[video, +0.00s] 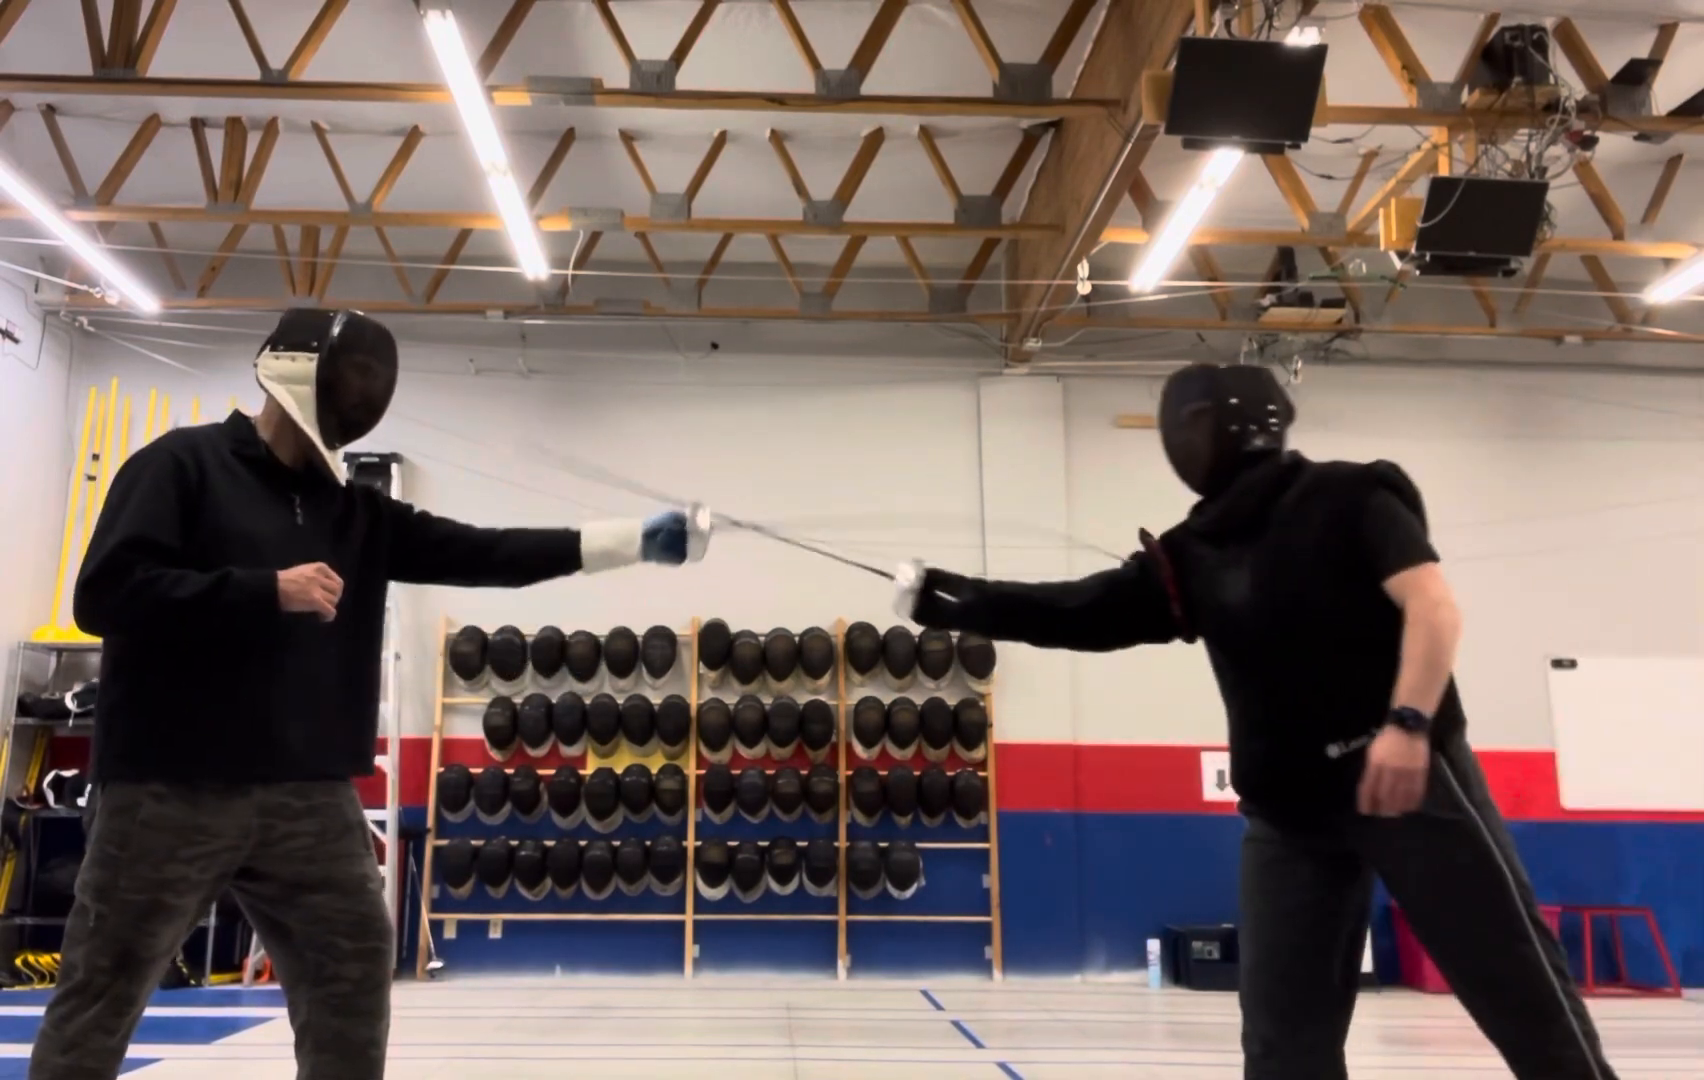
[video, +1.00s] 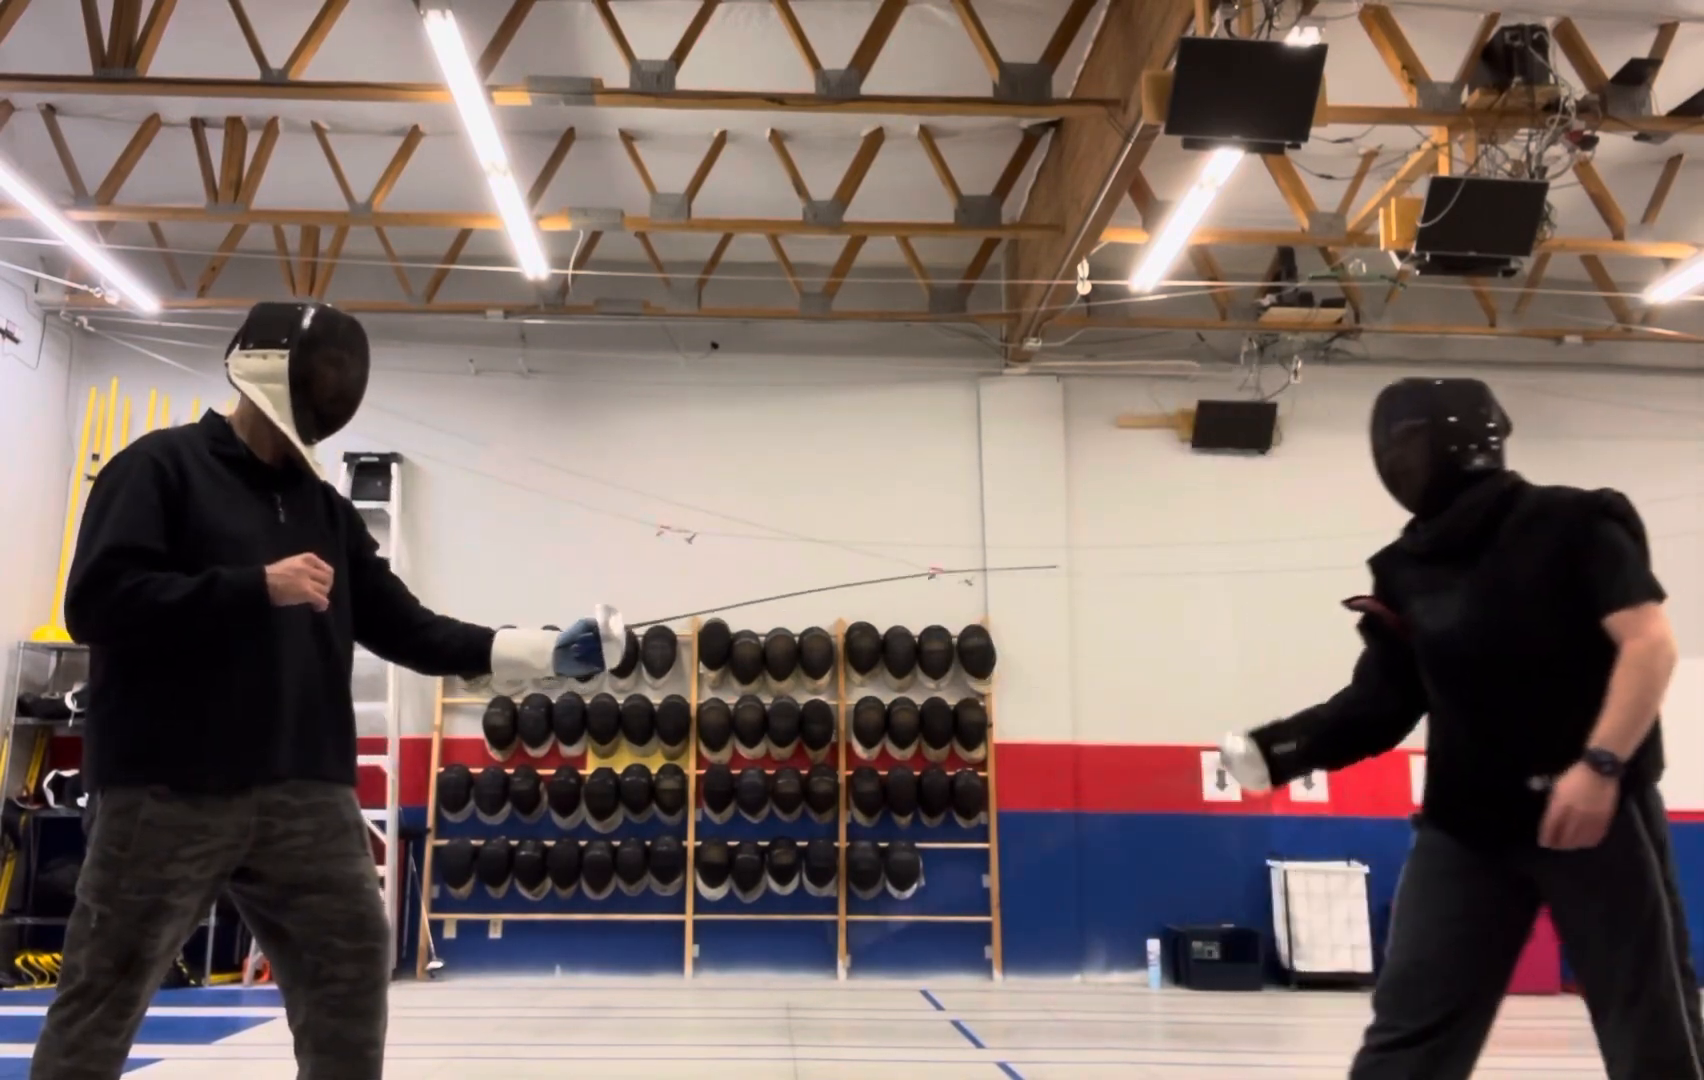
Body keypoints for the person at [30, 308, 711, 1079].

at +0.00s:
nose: (349, 425)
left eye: (360, 410)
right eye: (337, 401)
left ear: (362, 408)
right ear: (285, 378)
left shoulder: (355, 514)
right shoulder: (176, 467)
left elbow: (483, 553)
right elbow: (104, 591)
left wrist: (634, 541)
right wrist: (266, 588)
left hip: (305, 797)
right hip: (163, 793)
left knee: (352, 981)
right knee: (98, 1001)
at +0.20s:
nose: (342, 428)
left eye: (354, 412)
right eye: (329, 404)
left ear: (364, 409)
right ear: (282, 381)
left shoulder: (369, 509)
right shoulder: (176, 468)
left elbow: (497, 524)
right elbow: (105, 598)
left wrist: (642, 492)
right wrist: (258, 587)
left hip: (317, 800)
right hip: (165, 795)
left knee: (354, 1017)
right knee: (93, 1012)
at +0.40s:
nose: (340, 423)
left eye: (352, 407)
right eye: (329, 400)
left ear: (357, 404)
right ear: (277, 378)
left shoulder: (355, 508)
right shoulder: (169, 469)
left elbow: (489, 530)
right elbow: (100, 599)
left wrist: (637, 502)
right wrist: (257, 589)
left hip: (313, 798)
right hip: (168, 794)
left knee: (355, 1004)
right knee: (97, 1010)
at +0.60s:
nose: (319, 429)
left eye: (331, 412)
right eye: (310, 405)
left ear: (336, 401)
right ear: (261, 378)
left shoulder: (331, 504)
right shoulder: (155, 472)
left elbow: (437, 587)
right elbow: (105, 608)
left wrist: (577, 602)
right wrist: (260, 582)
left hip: (305, 796)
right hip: (167, 792)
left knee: (351, 992)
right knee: (100, 1004)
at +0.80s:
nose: (314, 417)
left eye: (327, 401)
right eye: (302, 392)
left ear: (333, 398)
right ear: (255, 373)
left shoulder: (321, 507)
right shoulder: (151, 470)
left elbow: (390, 637)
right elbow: (91, 604)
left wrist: (514, 662)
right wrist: (248, 586)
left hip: (306, 798)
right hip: (165, 796)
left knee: (350, 983)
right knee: (100, 1005)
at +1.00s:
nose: (325, 400)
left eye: (336, 385)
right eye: (314, 377)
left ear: (331, 394)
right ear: (263, 365)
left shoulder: (323, 508)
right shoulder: (152, 468)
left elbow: (401, 626)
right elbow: (96, 603)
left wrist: (527, 650)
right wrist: (252, 585)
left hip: (303, 794)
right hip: (164, 791)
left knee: (348, 971)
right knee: (101, 1000)